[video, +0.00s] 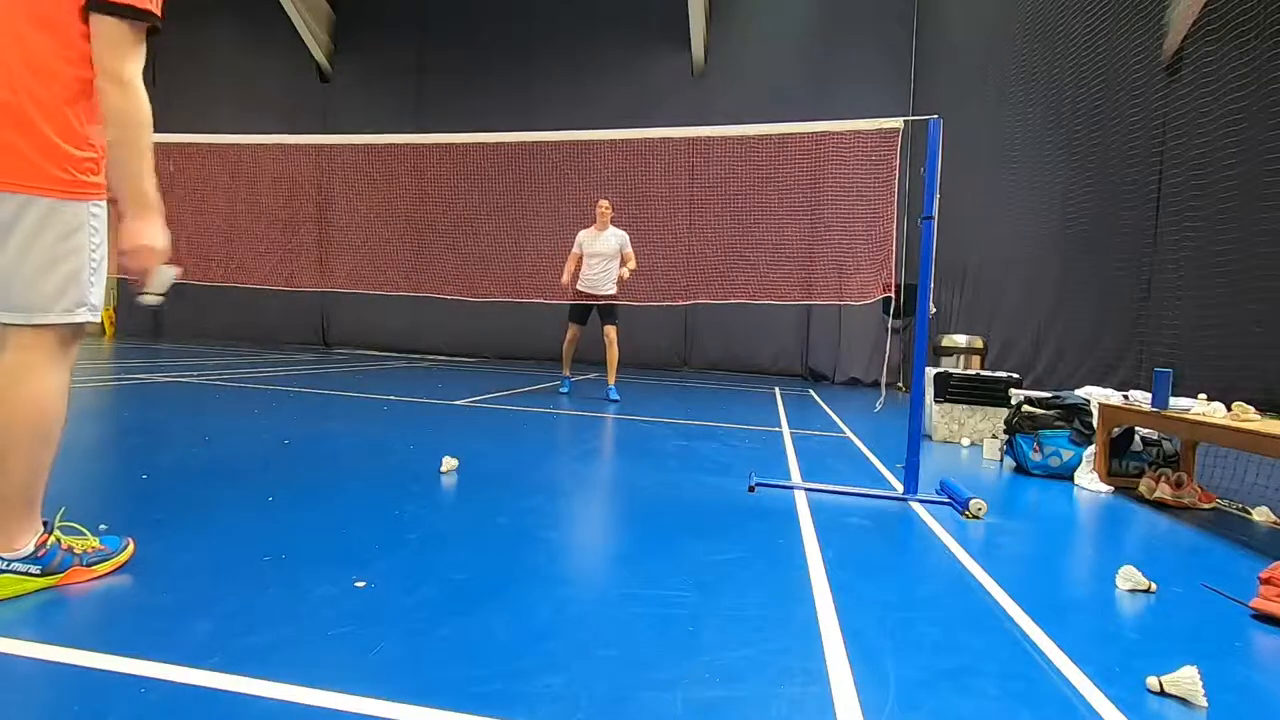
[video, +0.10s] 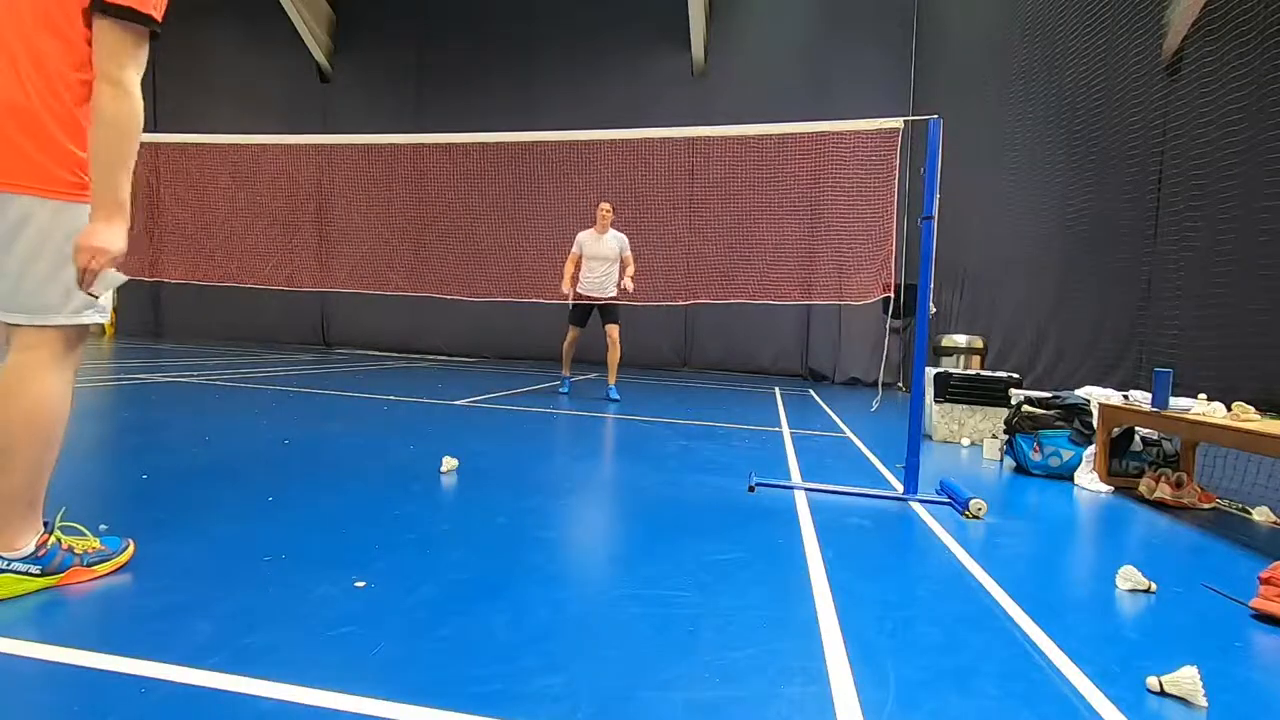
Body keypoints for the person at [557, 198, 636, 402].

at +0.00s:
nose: (603, 211)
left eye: (606, 208)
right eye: (600, 207)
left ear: (612, 213)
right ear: (595, 211)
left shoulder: (621, 236)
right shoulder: (583, 235)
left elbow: (631, 262)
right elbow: (572, 259)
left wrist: (626, 268)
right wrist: (567, 274)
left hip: (607, 293)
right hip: (583, 292)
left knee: (610, 337)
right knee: (572, 335)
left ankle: (611, 385)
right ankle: (565, 376)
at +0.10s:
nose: (604, 214)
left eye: (608, 211)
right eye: (602, 210)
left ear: (613, 216)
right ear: (596, 213)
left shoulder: (621, 239)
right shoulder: (582, 237)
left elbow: (629, 265)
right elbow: (571, 261)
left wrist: (627, 277)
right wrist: (566, 281)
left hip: (608, 296)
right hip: (583, 294)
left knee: (614, 338)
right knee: (572, 337)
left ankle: (611, 385)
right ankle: (565, 376)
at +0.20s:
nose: (605, 223)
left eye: (608, 220)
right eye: (602, 219)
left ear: (613, 225)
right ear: (596, 222)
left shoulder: (620, 249)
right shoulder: (582, 246)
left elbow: (627, 273)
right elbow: (568, 271)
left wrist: (629, 291)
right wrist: (565, 296)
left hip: (609, 305)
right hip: (583, 304)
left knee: (620, 341)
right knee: (573, 342)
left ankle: (611, 385)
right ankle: (566, 380)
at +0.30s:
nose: (611, 225)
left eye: (614, 222)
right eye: (608, 222)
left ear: (618, 227)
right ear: (601, 225)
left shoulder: (624, 252)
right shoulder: (586, 249)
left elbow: (627, 277)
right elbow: (572, 276)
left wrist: (631, 296)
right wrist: (569, 300)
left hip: (612, 308)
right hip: (587, 307)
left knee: (626, 344)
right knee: (573, 347)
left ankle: (613, 386)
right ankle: (566, 380)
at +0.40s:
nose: (621, 221)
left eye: (624, 218)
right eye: (618, 216)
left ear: (627, 222)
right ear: (610, 219)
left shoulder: (631, 247)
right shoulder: (593, 243)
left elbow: (631, 273)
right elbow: (581, 271)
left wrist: (635, 291)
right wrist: (579, 299)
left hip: (619, 304)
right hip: (595, 304)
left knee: (629, 346)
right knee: (582, 349)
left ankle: (613, 386)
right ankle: (570, 375)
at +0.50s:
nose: (629, 219)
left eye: (632, 216)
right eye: (625, 215)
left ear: (635, 221)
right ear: (618, 218)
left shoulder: (636, 248)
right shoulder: (601, 242)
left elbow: (639, 274)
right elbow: (588, 272)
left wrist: (648, 289)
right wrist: (588, 300)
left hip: (623, 303)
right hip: (600, 301)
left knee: (632, 347)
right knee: (598, 348)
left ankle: (613, 386)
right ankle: (580, 368)